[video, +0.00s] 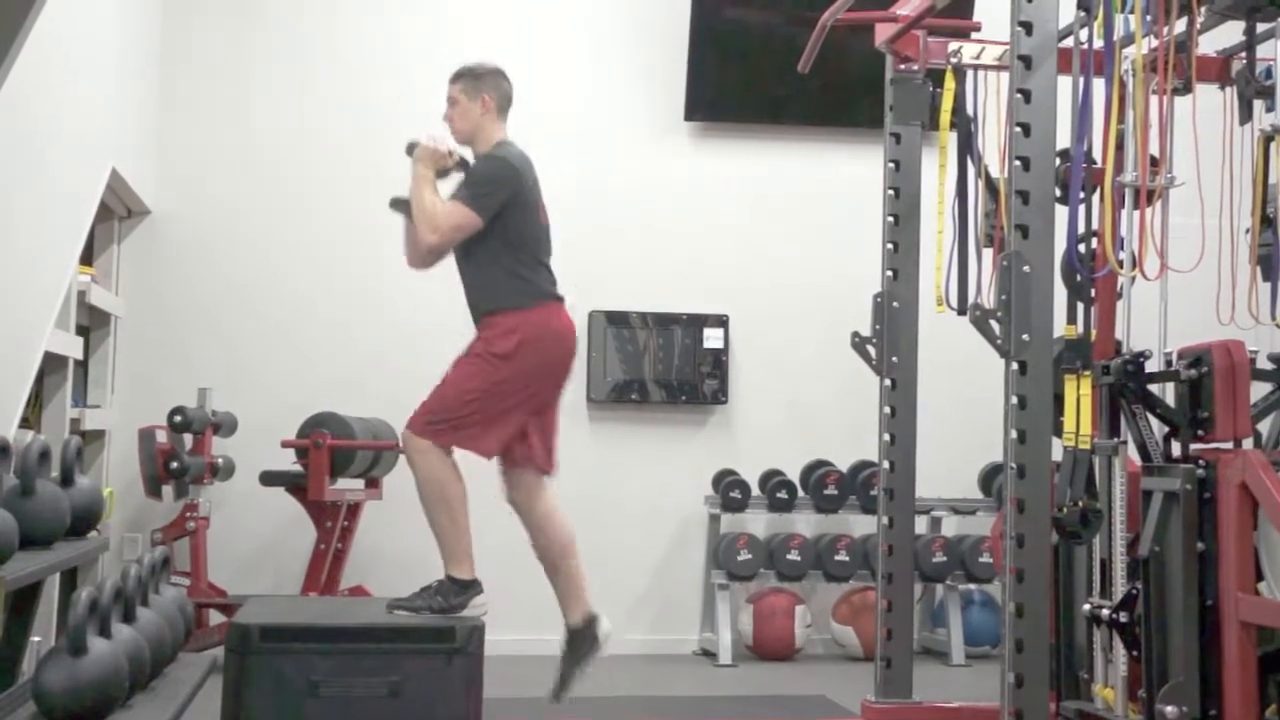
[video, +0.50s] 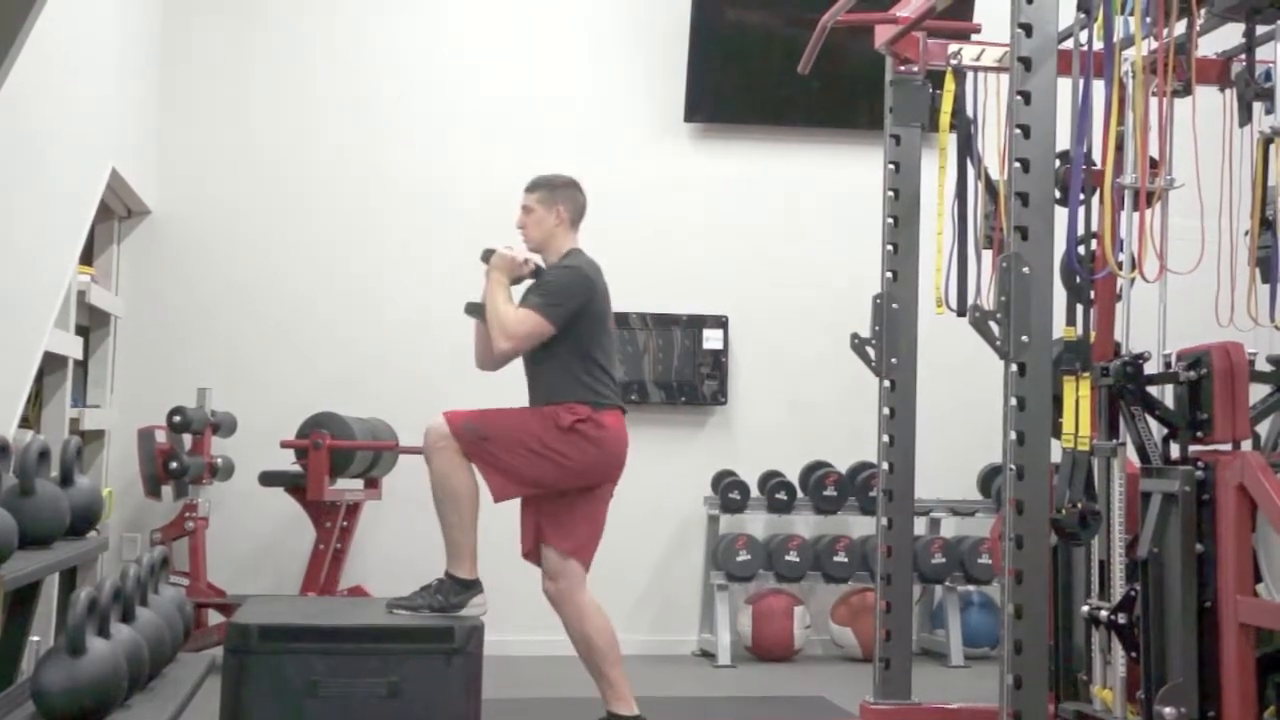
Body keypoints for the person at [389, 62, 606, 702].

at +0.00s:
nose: (446, 116)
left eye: (452, 104)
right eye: (447, 106)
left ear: (482, 103)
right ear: (489, 105)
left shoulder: (500, 164)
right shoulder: (492, 170)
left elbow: (434, 231)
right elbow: (421, 256)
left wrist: (422, 169)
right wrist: (426, 187)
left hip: (522, 331)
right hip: (542, 331)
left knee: (423, 439)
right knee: (527, 488)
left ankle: (458, 581)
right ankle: (581, 625)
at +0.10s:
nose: (454, 154)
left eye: (461, 141)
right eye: (455, 143)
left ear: (491, 141)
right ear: (494, 144)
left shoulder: (510, 202)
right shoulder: (494, 209)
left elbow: (444, 267)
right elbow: (427, 290)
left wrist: (434, 205)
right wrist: (434, 219)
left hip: (537, 367)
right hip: (557, 368)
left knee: (419, 440)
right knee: (561, 521)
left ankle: (460, 582)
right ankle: (593, 666)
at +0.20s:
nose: (472, 195)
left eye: (481, 184)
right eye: (474, 185)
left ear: (514, 187)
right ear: (510, 189)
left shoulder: (532, 246)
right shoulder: (511, 253)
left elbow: (462, 308)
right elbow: (442, 328)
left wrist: (452, 245)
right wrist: (447, 263)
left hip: (553, 402)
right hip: (571, 410)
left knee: (421, 442)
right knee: (564, 565)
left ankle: (460, 581)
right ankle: (617, 699)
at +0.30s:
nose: (493, 220)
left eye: (502, 210)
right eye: (494, 210)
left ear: (533, 211)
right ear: (531, 213)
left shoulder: (550, 272)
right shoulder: (532, 279)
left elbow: (485, 338)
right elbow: (464, 356)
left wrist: (472, 275)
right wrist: (465, 290)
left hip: (567, 428)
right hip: (576, 435)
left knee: (429, 441)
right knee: (558, 583)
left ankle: (461, 580)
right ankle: (625, 710)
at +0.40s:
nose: (508, 226)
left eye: (516, 215)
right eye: (510, 216)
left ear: (549, 218)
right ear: (545, 220)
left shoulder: (564, 278)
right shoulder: (545, 285)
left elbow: (497, 345)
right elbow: (483, 363)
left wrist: (488, 283)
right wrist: (487, 296)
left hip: (575, 432)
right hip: (582, 438)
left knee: (439, 437)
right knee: (556, 585)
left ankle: (461, 581)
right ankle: (624, 710)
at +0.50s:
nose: (518, 222)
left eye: (528, 212)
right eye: (521, 212)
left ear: (560, 216)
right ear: (557, 217)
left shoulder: (577, 275)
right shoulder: (554, 281)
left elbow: (508, 338)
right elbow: (490, 357)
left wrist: (497, 277)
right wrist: (495, 290)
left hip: (581, 430)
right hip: (589, 436)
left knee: (444, 435)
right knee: (564, 583)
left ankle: (461, 581)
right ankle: (624, 710)